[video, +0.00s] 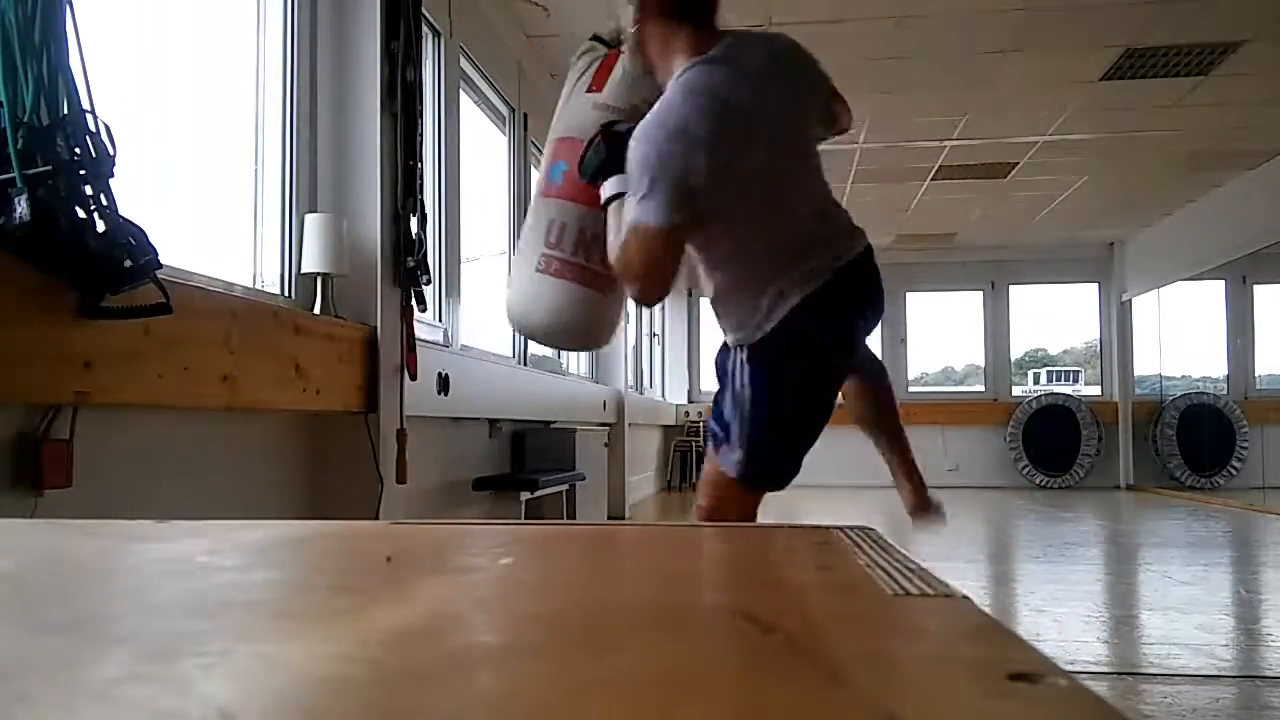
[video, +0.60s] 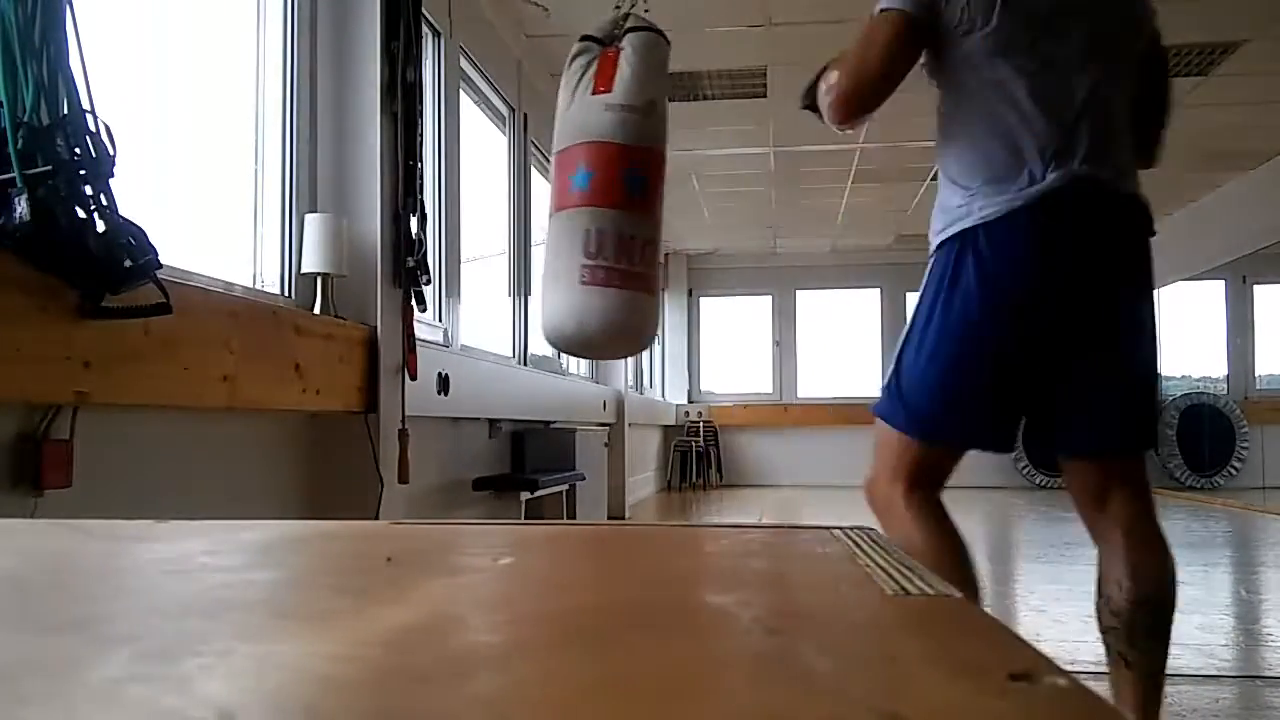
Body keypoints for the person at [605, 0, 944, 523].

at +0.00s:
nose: (633, 35)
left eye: (635, 20)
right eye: (635, 21)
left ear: (651, 19)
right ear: (708, 12)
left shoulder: (666, 133)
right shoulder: (773, 52)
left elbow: (645, 282)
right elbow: (835, 117)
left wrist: (612, 187)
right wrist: (755, 138)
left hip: (777, 332)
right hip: (853, 277)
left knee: (722, 510)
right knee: (850, 355)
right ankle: (915, 493)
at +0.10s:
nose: (689, 14)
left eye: (694, 3)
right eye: (693, 4)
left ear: (712, 7)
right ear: (769, 1)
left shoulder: (732, 90)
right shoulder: (824, 50)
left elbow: (707, 239)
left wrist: (643, 181)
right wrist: (710, 88)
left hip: (783, 325)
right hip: (864, 296)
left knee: (710, 506)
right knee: (888, 435)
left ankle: (709, 670)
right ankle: (965, 575)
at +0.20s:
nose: (752, 9)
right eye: (756, 0)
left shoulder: (807, 58)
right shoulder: (875, 54)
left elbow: (811, 198)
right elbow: (851, 167)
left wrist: (706, 206)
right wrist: (761, 114)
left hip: (809, 322)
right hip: (886, 312)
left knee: (723, 511)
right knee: (927, 491)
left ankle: (716, 692)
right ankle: (1049, 644)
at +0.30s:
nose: (824, 18)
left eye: (829, 8)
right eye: (829, 10)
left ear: (850, 1)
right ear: (901, 2)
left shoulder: (880, 48)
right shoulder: (950, 61)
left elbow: (909, 168)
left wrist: (797, 205)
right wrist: (813, 167)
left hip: (859, 325)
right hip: (943, 324)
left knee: (767, 528)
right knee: (994, 525)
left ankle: (741, 700)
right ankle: (1094, 695)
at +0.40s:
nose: (881, 12)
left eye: (885, 6)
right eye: (883, 9)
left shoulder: (918, 42)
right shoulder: (1034, 69)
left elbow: (905, 170)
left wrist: (806, 166)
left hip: (922, 338)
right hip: (1023, 339)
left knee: (804, 540)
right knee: (1056, 552)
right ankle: (1122, 719)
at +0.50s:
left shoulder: (938, 1)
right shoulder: (1090, 27)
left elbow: (847, 109)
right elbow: (1068, 156)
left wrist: (802, 115)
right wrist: (932, 121)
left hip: (963, 284)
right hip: (1075, 286)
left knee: (847, 498)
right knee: (1089, 530)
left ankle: (870, 703)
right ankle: (1132, 716)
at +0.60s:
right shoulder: (1125, 6)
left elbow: (846, 103)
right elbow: (1144, 141)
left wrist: (826, 81)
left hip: (995, 234)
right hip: (1113, 232)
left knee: (897, 485)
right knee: (1118, 500)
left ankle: (978, 694)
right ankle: (1137, 714)